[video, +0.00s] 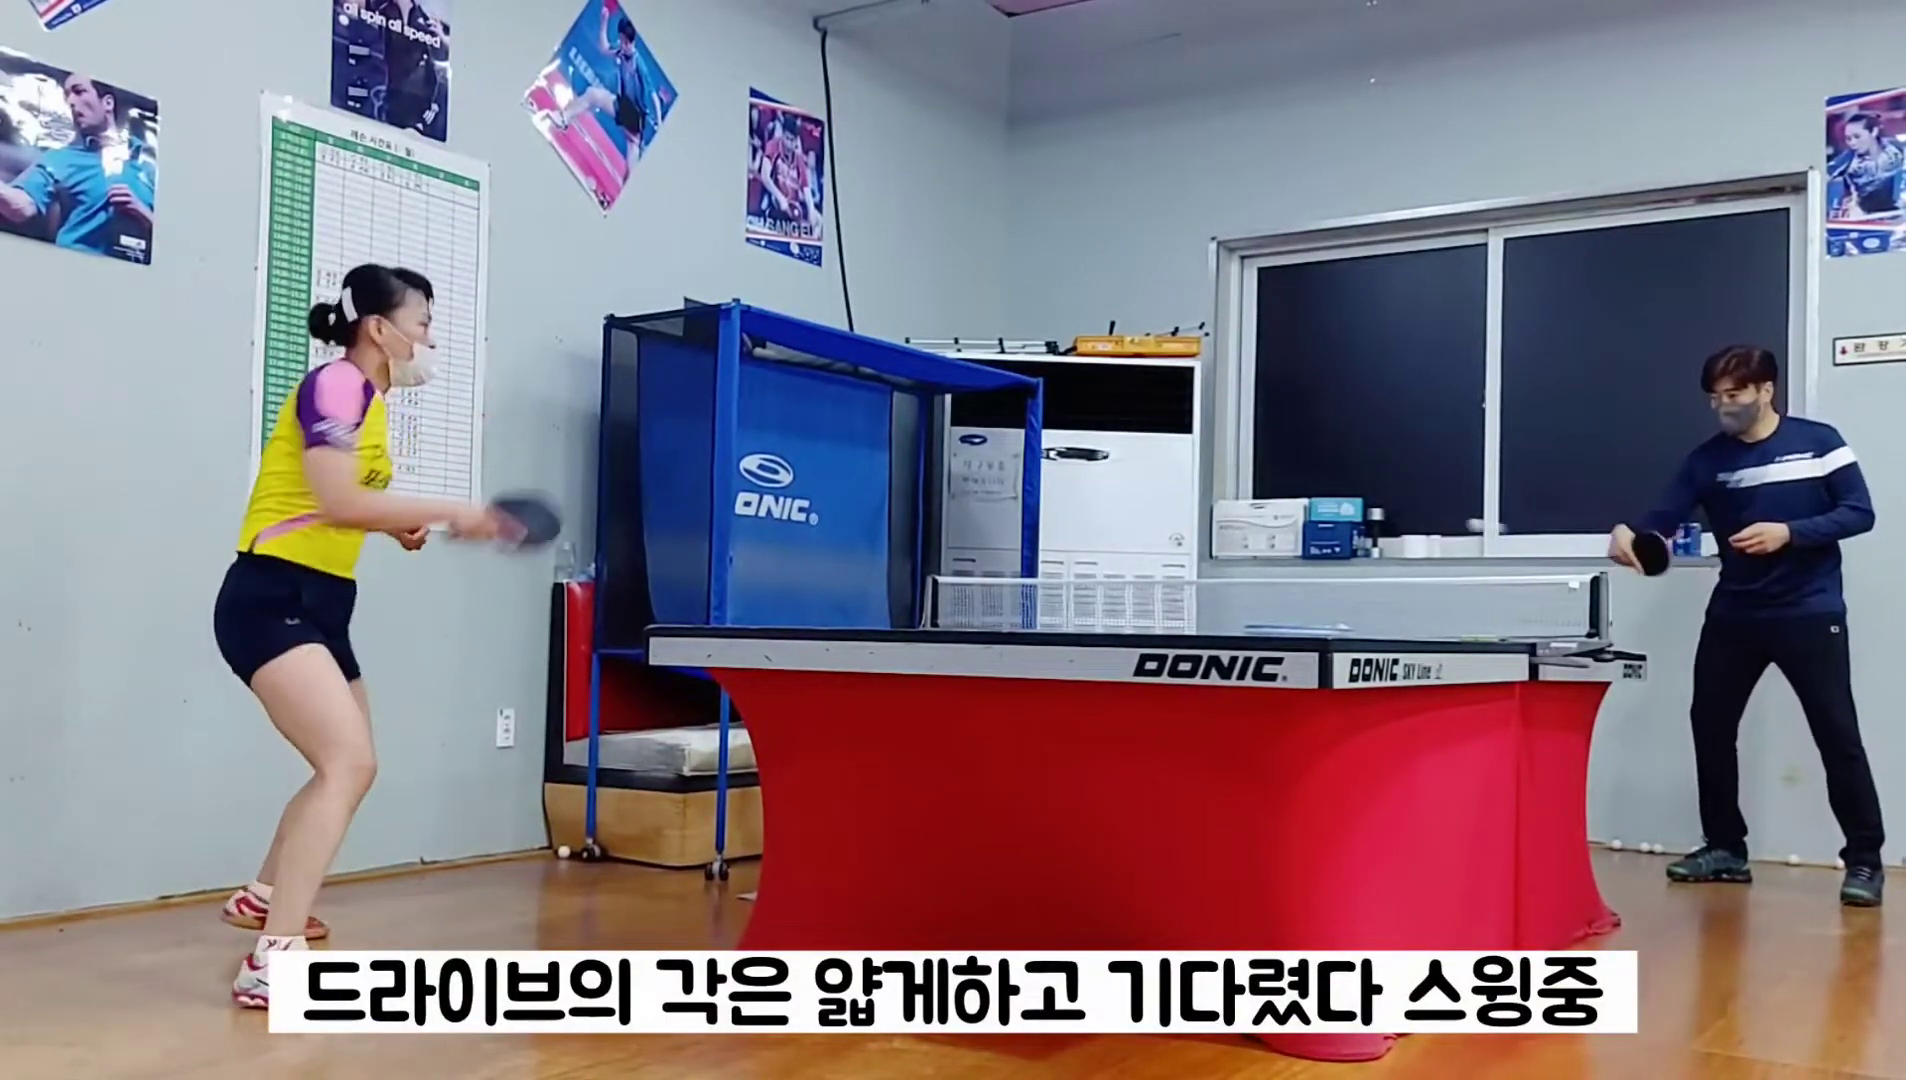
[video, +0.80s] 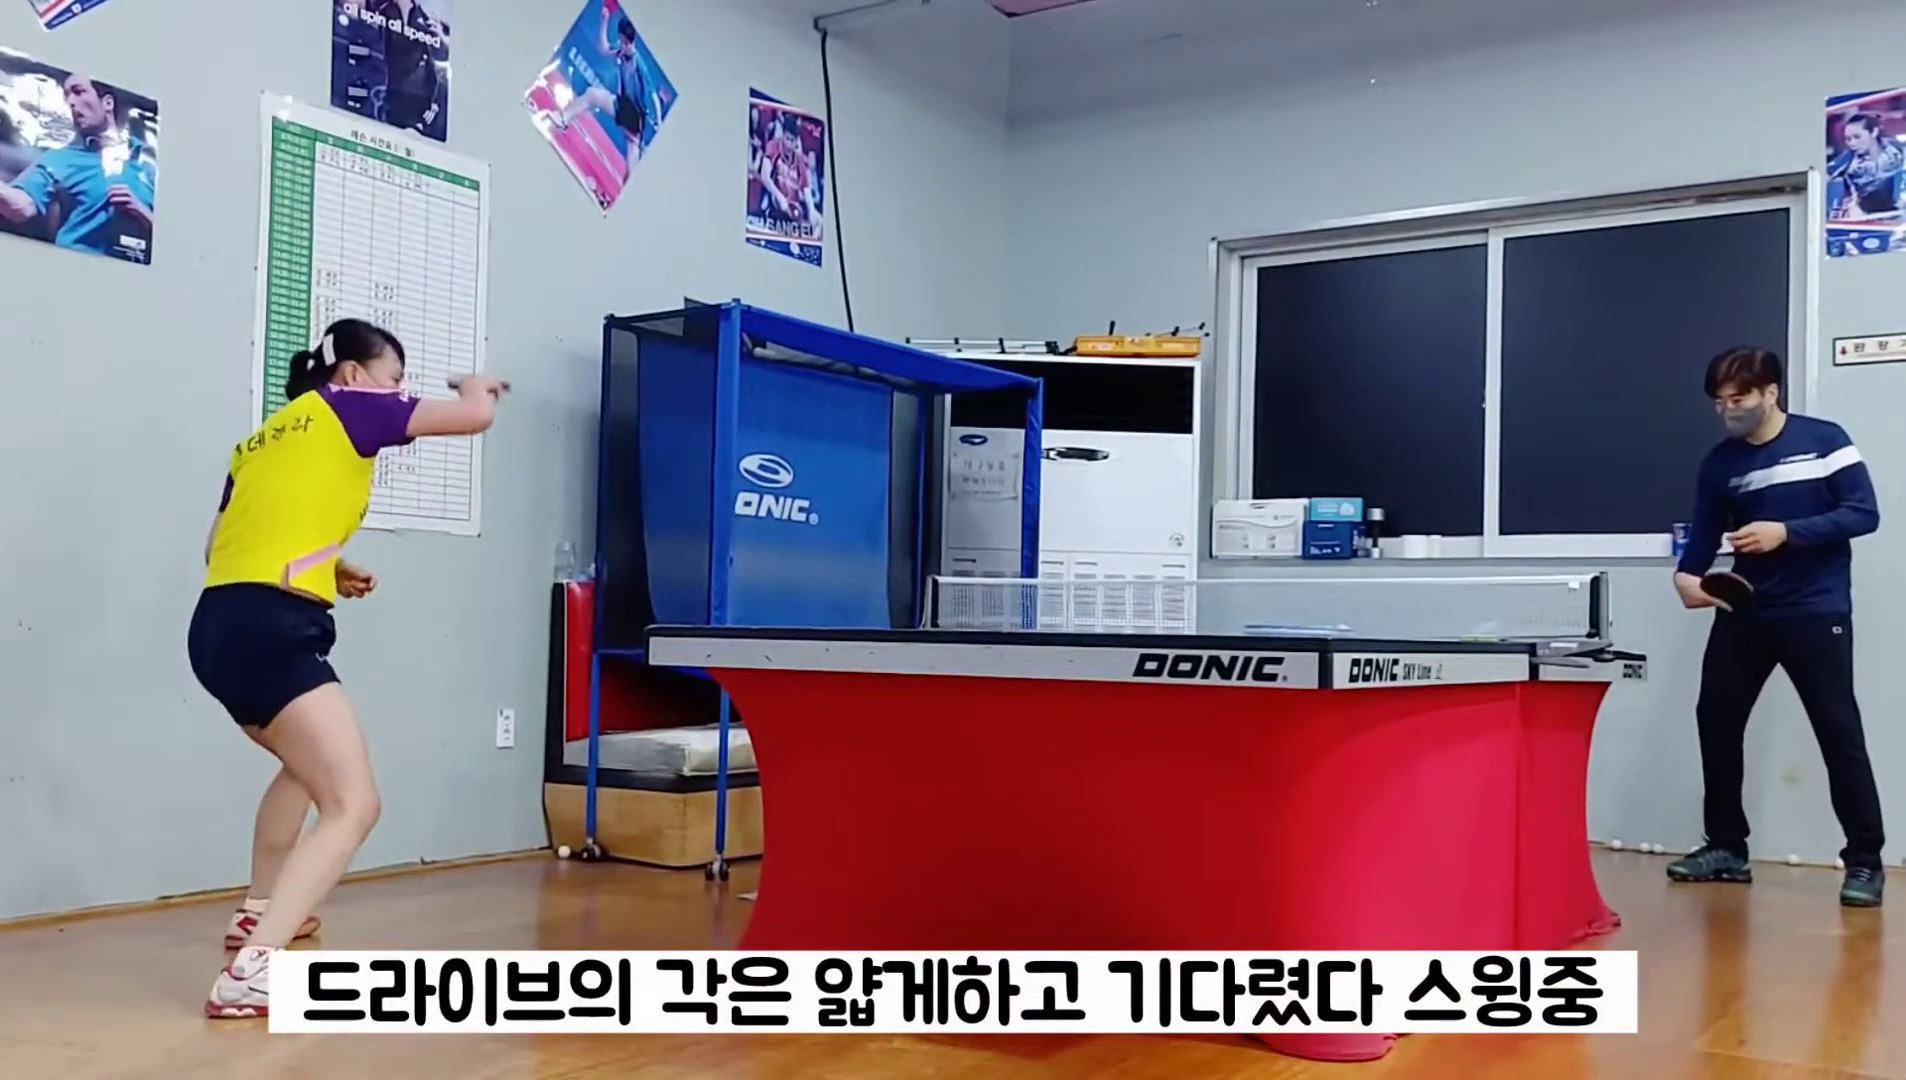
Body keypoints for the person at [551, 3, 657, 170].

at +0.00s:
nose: (622, 42)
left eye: (624, 39)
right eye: (621, 39)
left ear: (628, 40)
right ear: (622, 39)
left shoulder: (631, 56)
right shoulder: (622, 53)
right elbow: (603, 49)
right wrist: (604, 22)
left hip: (628, 109)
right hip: (636, 116)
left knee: (593, 95)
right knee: (632, 161)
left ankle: (564, 118)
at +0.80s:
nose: (622, 43)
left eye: (624, 40)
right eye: (622, 40)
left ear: (628, 41)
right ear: (622, 40)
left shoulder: (632, 56)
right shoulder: (621, 54)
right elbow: (604, 49)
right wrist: (604, 22)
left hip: (628, 109)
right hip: (636, 115)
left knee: (593, 94)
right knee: (632, 164)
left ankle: (563, 118)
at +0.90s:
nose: (621, 42)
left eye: (623, 39)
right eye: (621, 38)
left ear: (627, 39)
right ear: (623, 38)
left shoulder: (629, 53)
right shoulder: (623, 52)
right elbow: (604, 49)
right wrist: (604, 22)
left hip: (628, 109)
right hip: (637, 116)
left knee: (593, 94)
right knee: (633, 163)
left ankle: (564, 118)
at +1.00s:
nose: (622, 43)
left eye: (624, 40)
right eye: (621, 39)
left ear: (628, 41)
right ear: (622, 39)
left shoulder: (631, 55)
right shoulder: (623, 52)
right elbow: (604, 50)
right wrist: (604, 22)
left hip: (628, 109)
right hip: (637, 115)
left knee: (593, 94)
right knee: (632, 163)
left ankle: (563, 118)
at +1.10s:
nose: (621, 42)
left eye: (623, 39)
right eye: (621, 39)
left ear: (627, 40)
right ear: (625, 39)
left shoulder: (631, 55)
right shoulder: (623, 52)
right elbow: (604, 50)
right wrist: (604, 22)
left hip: (628, 108)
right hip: (636, 115)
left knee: (593, 94)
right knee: (633, 159)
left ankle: (563, 117)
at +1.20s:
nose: (621, 43)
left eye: (623, 40)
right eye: (621, 39)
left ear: (628, 40)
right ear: (624, 39)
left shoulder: (631, 55)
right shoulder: (624, 52)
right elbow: (605, 50)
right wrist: (604, 22)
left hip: (628, 108)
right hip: (637, 115)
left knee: (593, 94)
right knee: (632, 164)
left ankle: (563, 117)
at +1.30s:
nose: (621, 41)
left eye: (623, 38)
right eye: (621, 38)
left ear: (627, 40)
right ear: (623, 38)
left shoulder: (630, 54)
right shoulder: (623, 51)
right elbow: (604, 50)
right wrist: (604, 22)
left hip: (628, 108)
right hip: (637, 115)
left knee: (593, 94)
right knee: (633, 159)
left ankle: (564, 118)